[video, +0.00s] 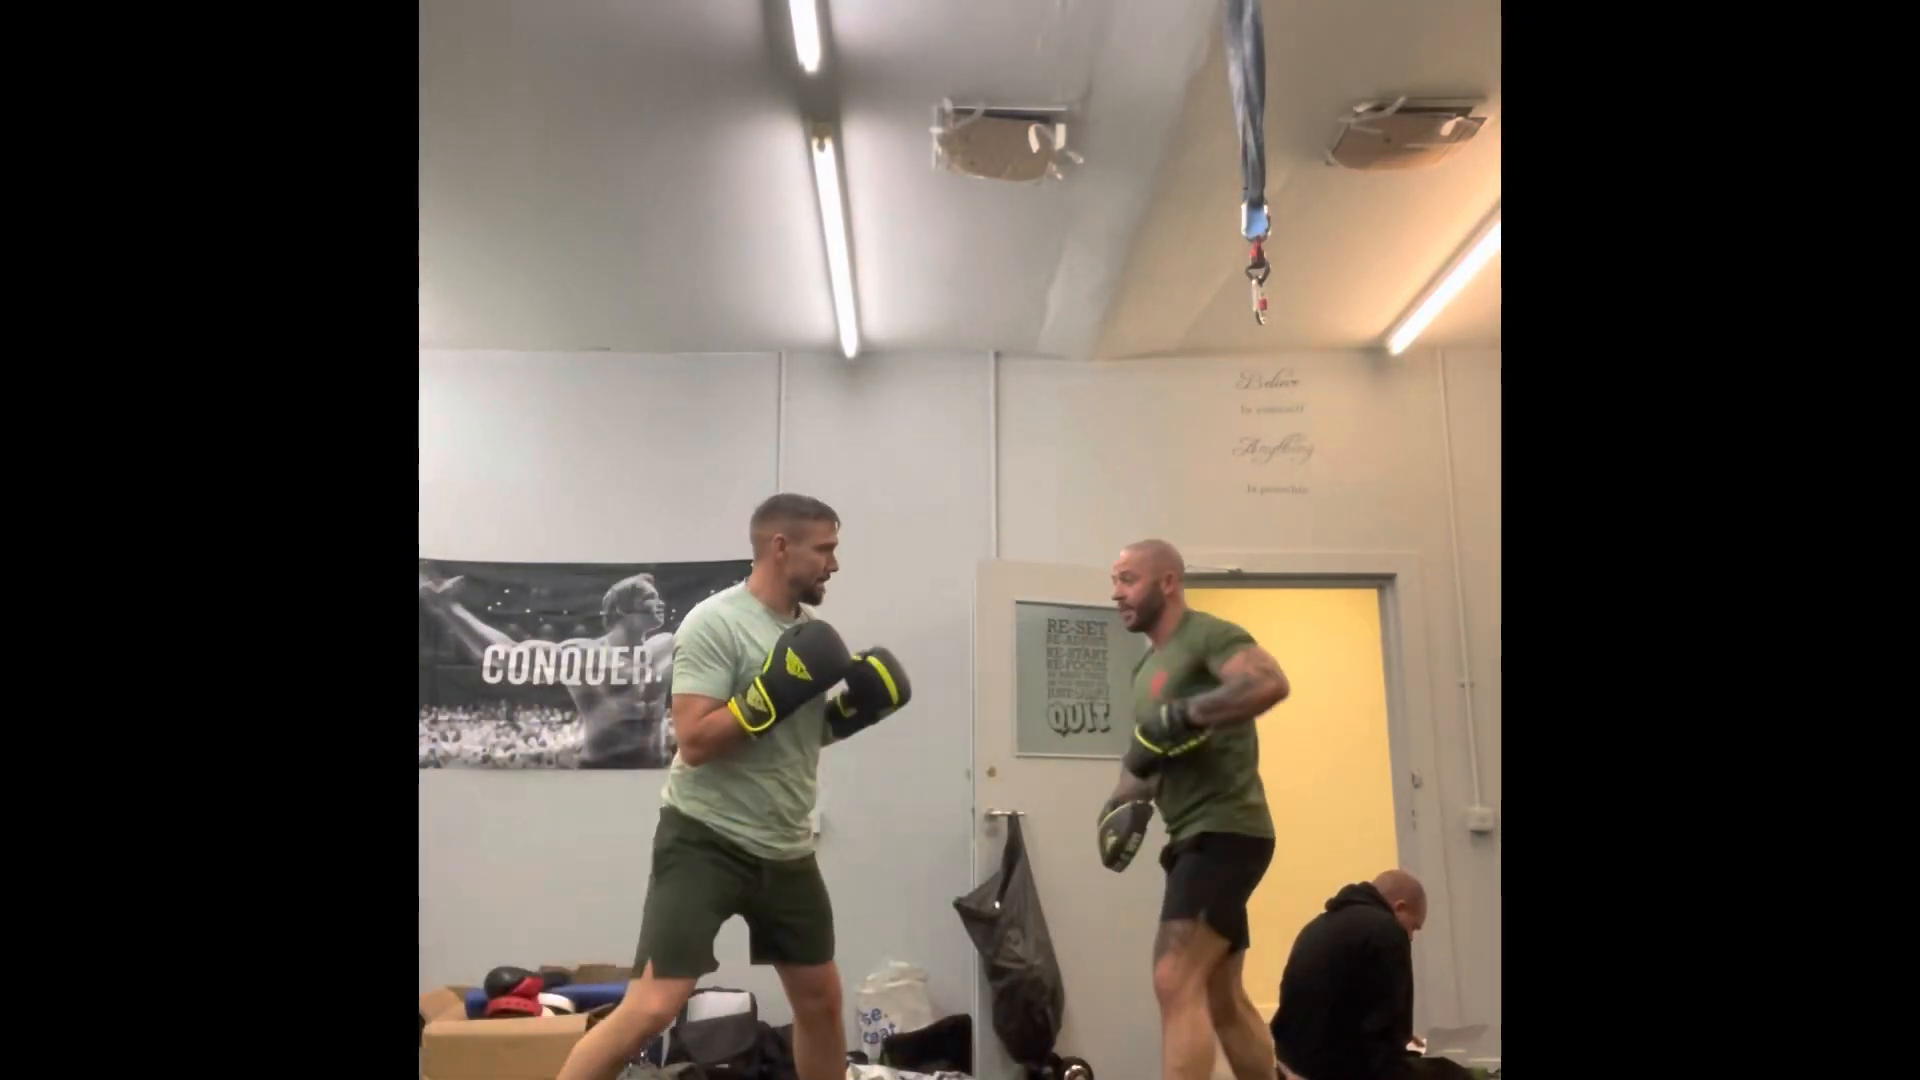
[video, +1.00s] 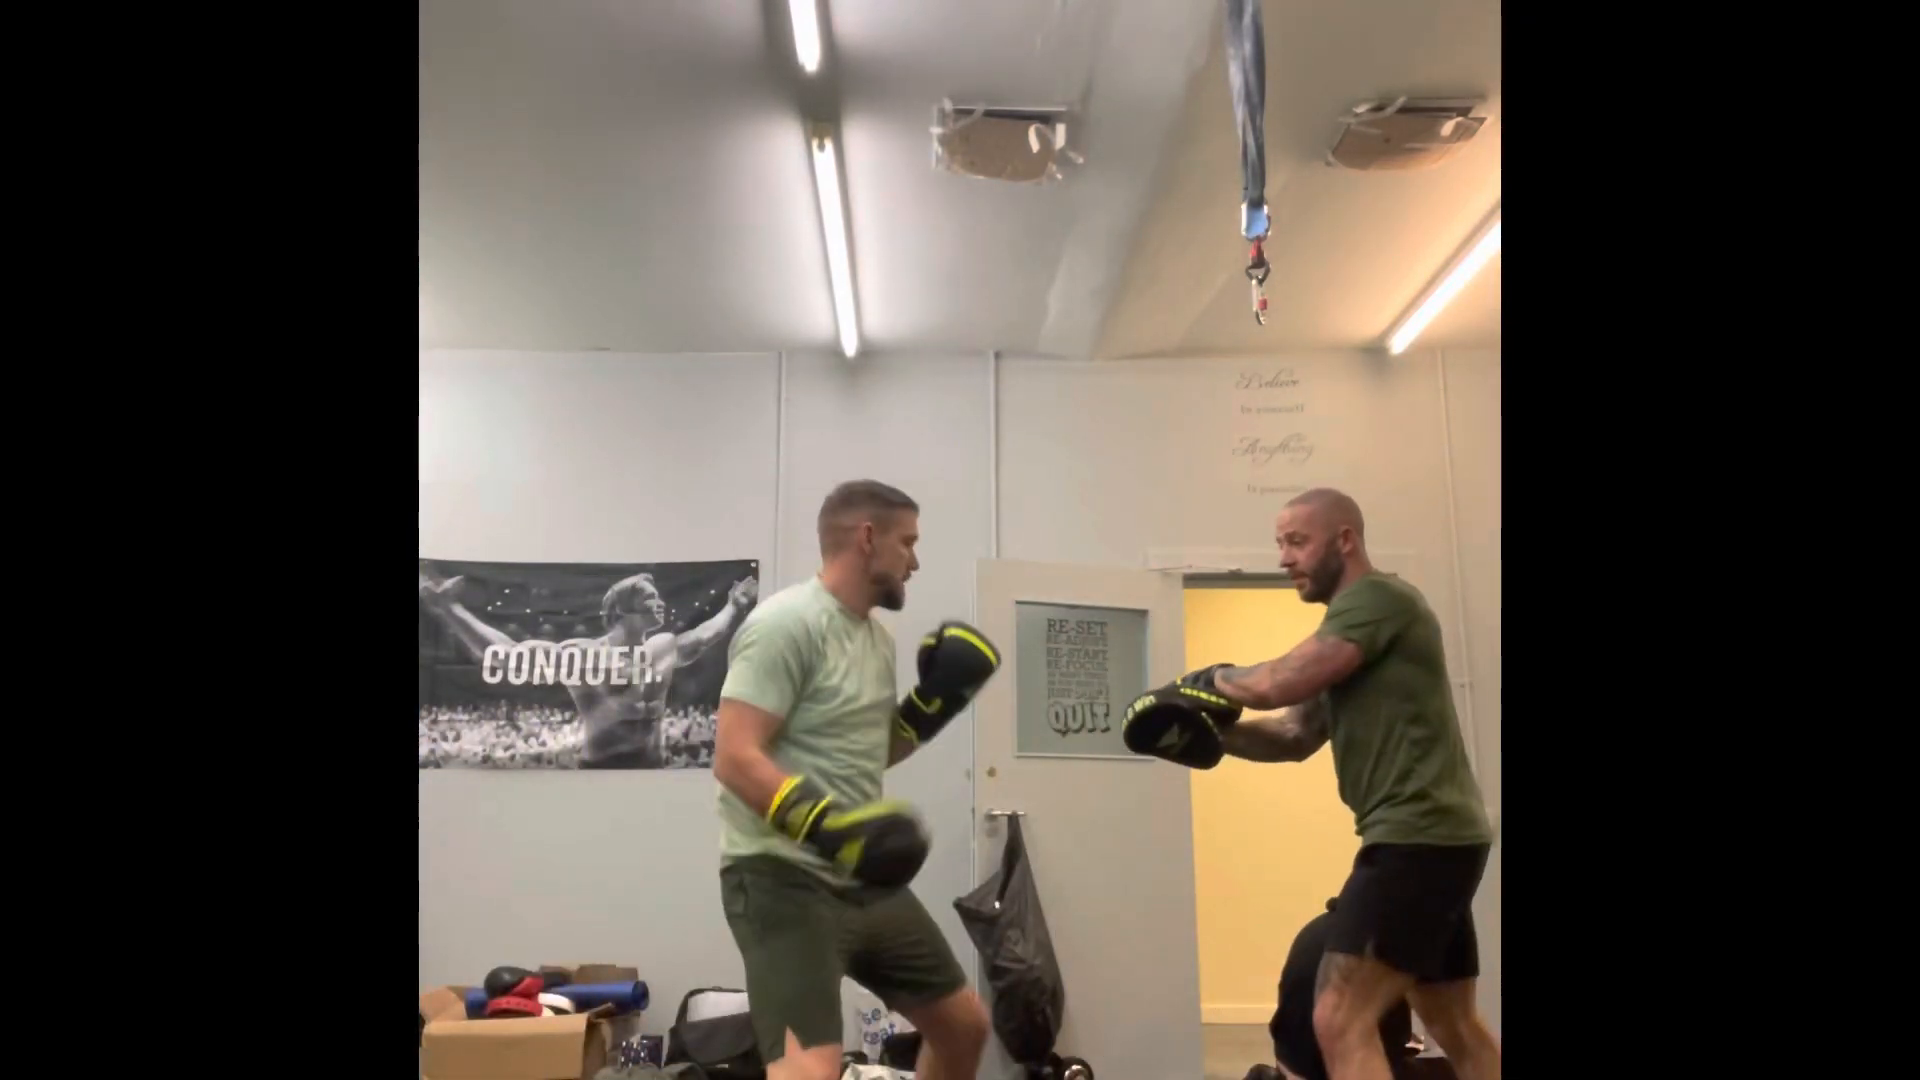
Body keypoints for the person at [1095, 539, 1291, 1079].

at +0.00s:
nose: (1117, 593)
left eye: (1128, 580)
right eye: (1115, 582)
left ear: (1167, 583)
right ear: (1151, 586)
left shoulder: (1209, 633)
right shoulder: (1146, 669)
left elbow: (1268, 681)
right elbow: (1147, 752)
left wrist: (1180, 718)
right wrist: (1124, 808)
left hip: (1229, 830)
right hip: (1192, 836)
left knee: (1176, 980)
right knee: (1225, 1000)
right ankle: (1273, 1078)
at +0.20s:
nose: (1190, 579)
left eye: (1203, 568)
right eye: (1192, 568)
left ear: (1246, 577)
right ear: (1235, 579)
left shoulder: (1284, 647)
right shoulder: (1221, 662)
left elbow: (1283, 741)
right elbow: (1224, 758)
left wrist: (1200, 711)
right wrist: (1182, 831)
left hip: (1295, 849)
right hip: (1244, 854)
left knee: (1281, 1023)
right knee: (1235, 1007)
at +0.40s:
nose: (1249, 548)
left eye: (1261, 533)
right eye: (1250, 534)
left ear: (1308, 539)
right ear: (1305, 542)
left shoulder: (1352, 603)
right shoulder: (1311, 627)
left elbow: (1422, 684)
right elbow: (1340, 740)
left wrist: (1304, 729)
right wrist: (1274, 781)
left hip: (1376, 839)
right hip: (1350, 840)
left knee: (1362, 1036)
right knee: (1393, 1028)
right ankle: (1469, 1074)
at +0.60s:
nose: (1308, 543)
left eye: (1320, 528)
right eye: (1307, 530)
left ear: (1368, 529)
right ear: (1361, 533)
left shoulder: (1419, 592)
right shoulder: (1357, 620)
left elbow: (1441, 691)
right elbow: (1355, 719)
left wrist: (1331, 681)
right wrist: (1318, 770)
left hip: (1427, 825)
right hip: (1408, 827)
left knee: (1394, 1012)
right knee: (1446, 1011)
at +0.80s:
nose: (1311, 565)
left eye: (1322, 548)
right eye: (1308, 551)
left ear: (1372, 544)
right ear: (1364, 550)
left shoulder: (1418, 601)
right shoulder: (1355, 641)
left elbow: (1347, 682)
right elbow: (1320, 740)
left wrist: (1261, 682)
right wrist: (1246, 738)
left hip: (1444, 835)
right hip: (1418, 837)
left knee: (1380, 1017)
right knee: (1452, 1025)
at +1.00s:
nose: (1284, 557)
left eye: (1297, 541)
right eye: (1281, 544)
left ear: (1346, 540)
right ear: (1344, 545)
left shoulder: (1377, 599)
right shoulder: (1357, 625)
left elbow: (1282, 682)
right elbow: (1295, 735)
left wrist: (1218, 678)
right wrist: (1208, 733)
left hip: (1420, 834)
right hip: (1426, 834)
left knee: (1342, 1018)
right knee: (1452, 1024)